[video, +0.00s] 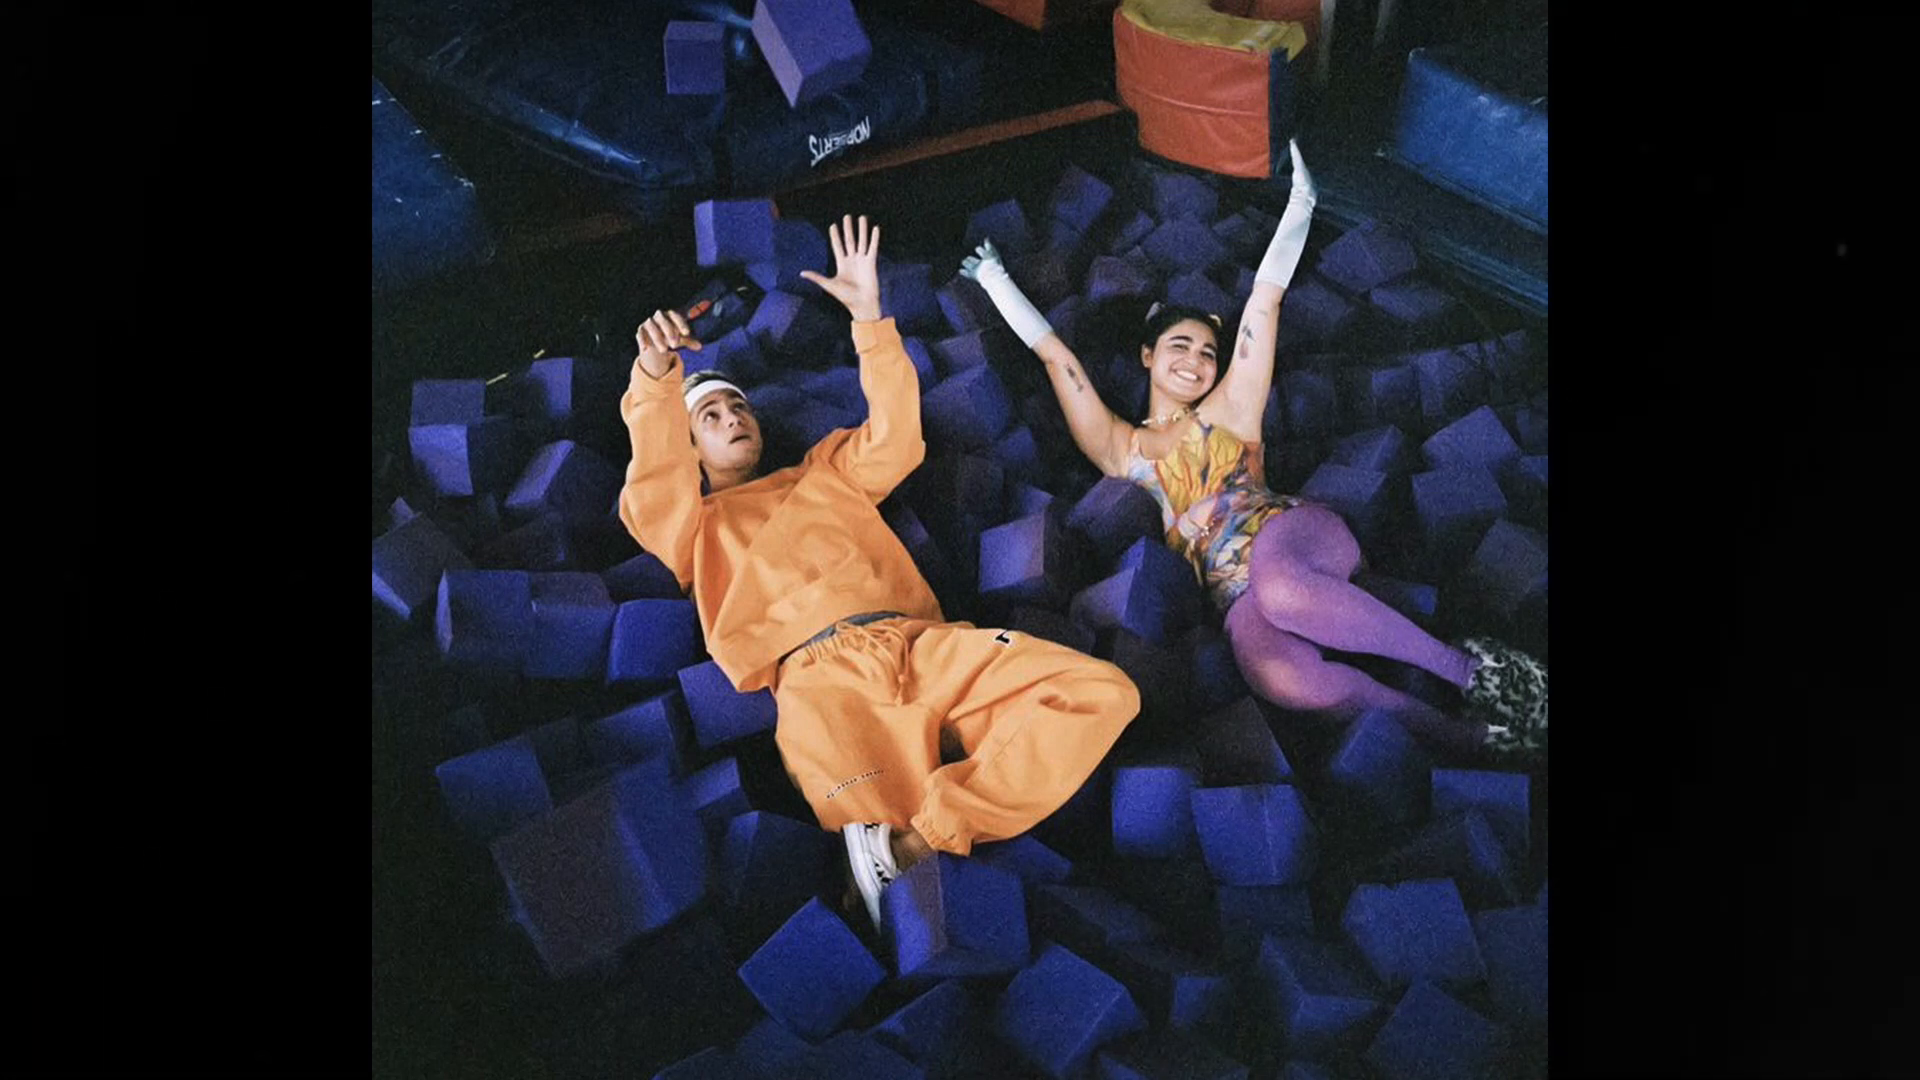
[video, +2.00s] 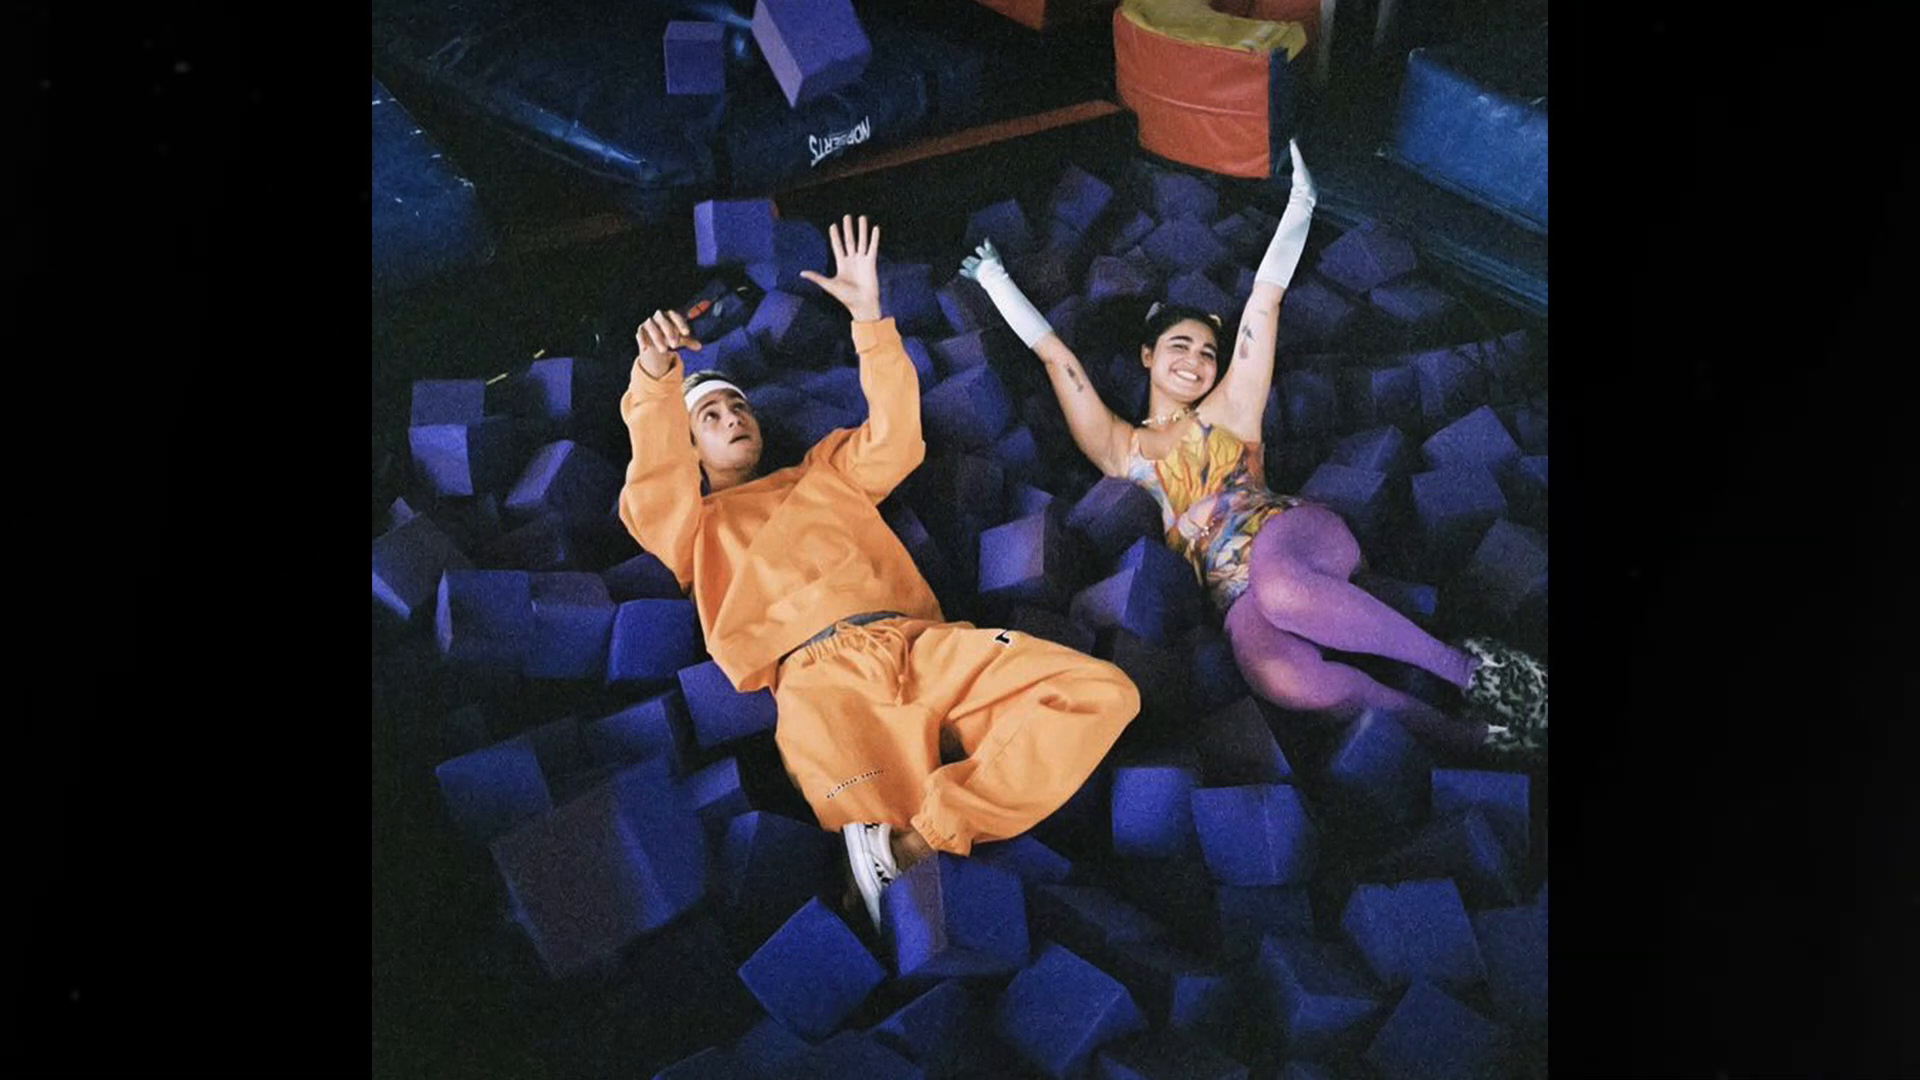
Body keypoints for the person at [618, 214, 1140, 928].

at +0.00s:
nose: (730, 418)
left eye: (738, 407)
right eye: (709, 415)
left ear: (761, 426)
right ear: (688, 449)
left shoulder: (827, 468)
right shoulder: (696, 525)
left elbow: (895, 435)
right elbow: (654, 477)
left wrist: (868, 317)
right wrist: (655, 374)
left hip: (917, 640)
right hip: (819, 673)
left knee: (1094, 693)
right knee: (880, 827)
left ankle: (915, 841)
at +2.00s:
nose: (730, 418)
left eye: (738, 407)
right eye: (709, 415)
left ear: (761, 426)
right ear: (688, 448)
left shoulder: (827, 468)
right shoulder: (695, 525)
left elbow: (895, 435)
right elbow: (654, 477)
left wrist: (868, 317)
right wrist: (655, 373)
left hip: (918, 640)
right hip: (819, 673)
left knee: (1094, 692)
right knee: (880, 827)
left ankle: (917, 841)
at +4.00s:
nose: (731, 418)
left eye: (738, 407)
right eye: (709, 415)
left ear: (760, 425)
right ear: (688, 449)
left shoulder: (827, 468)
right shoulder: (696, 525)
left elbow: (895, 436)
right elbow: (655, 477)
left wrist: (868, 317)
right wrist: (655, 373)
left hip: (918, 641)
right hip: (820, 673)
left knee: (1094, 692)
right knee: (883, 832)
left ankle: (916, 841)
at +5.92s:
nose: (731, 418)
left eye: (738, 407)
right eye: (709, 415)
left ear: (760, 425)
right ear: (688, 448)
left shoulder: (827, 468)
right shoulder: (695, 525)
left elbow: (895, 436)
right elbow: (655, 476)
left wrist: (868, 317)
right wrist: (655, 373)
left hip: (918, 640)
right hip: (820, 672)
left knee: (1094, 692)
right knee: (881, 829)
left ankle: (917, 841)